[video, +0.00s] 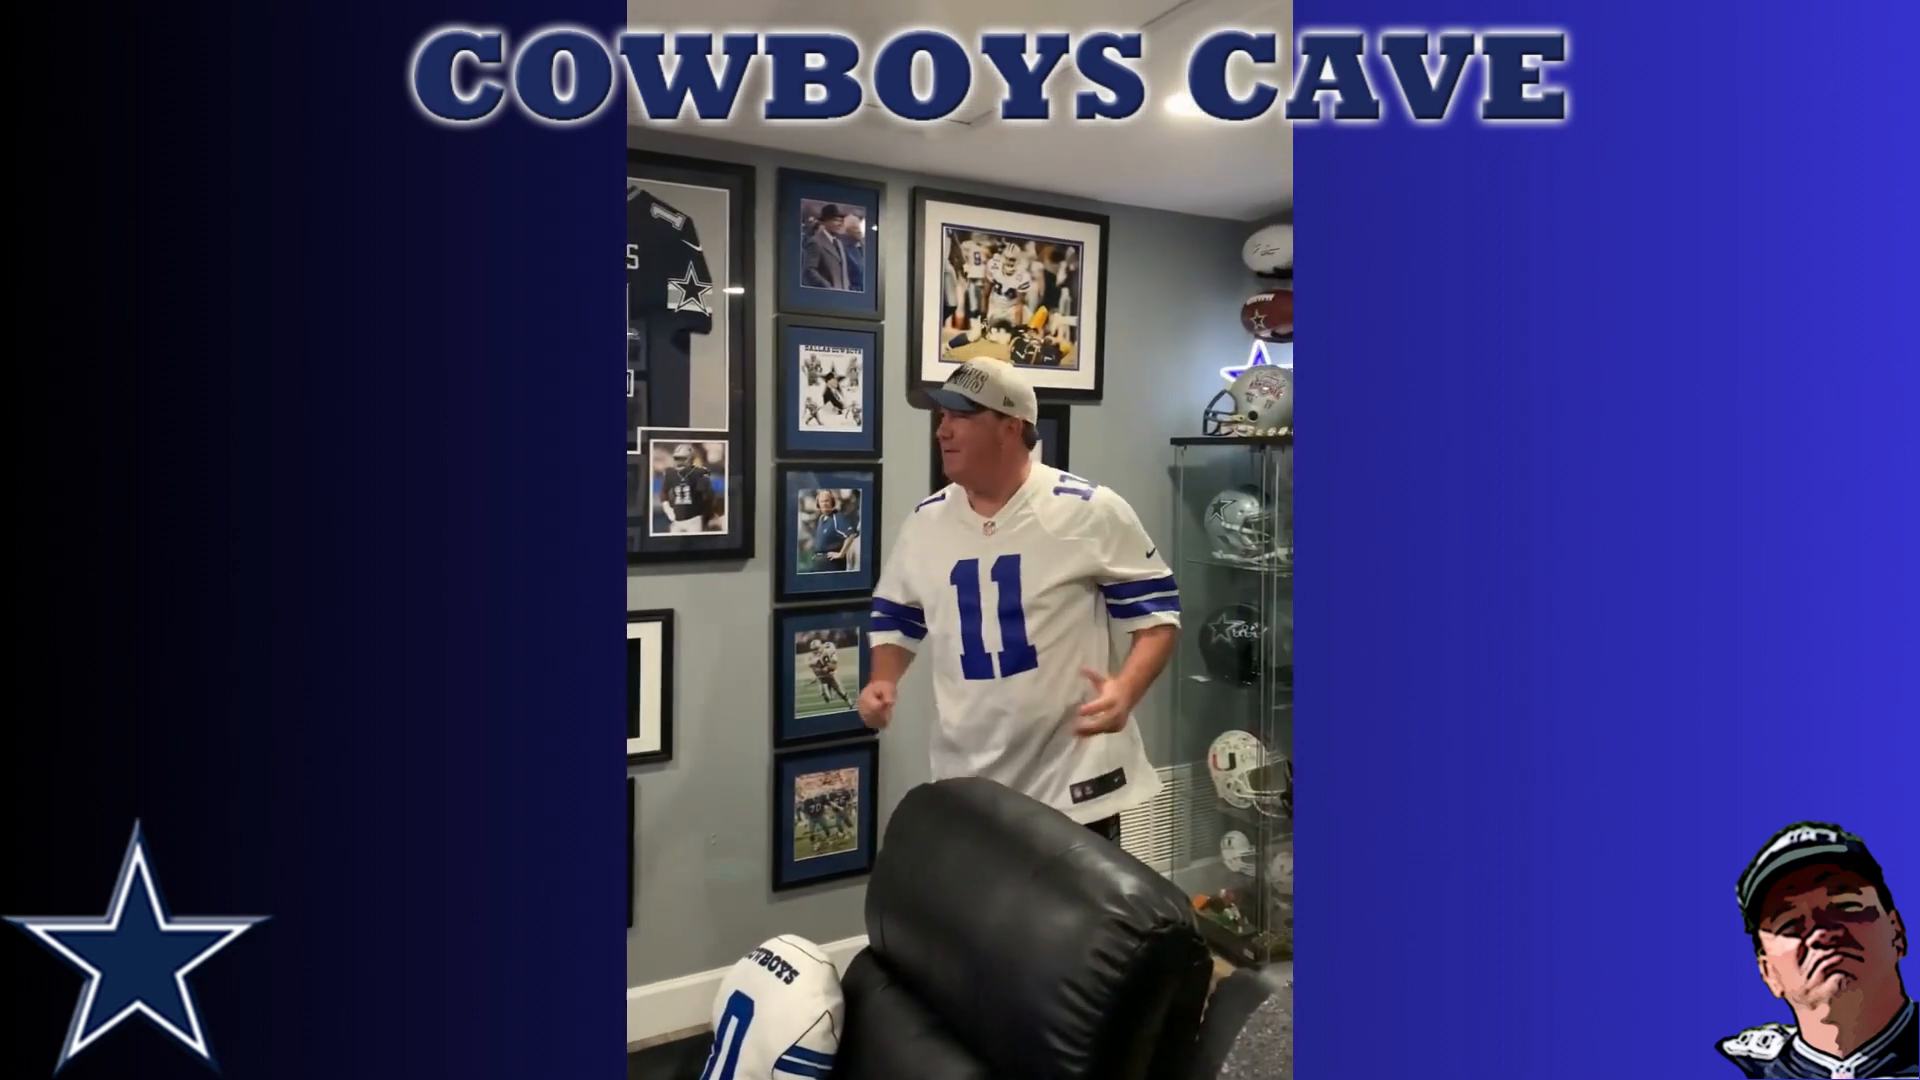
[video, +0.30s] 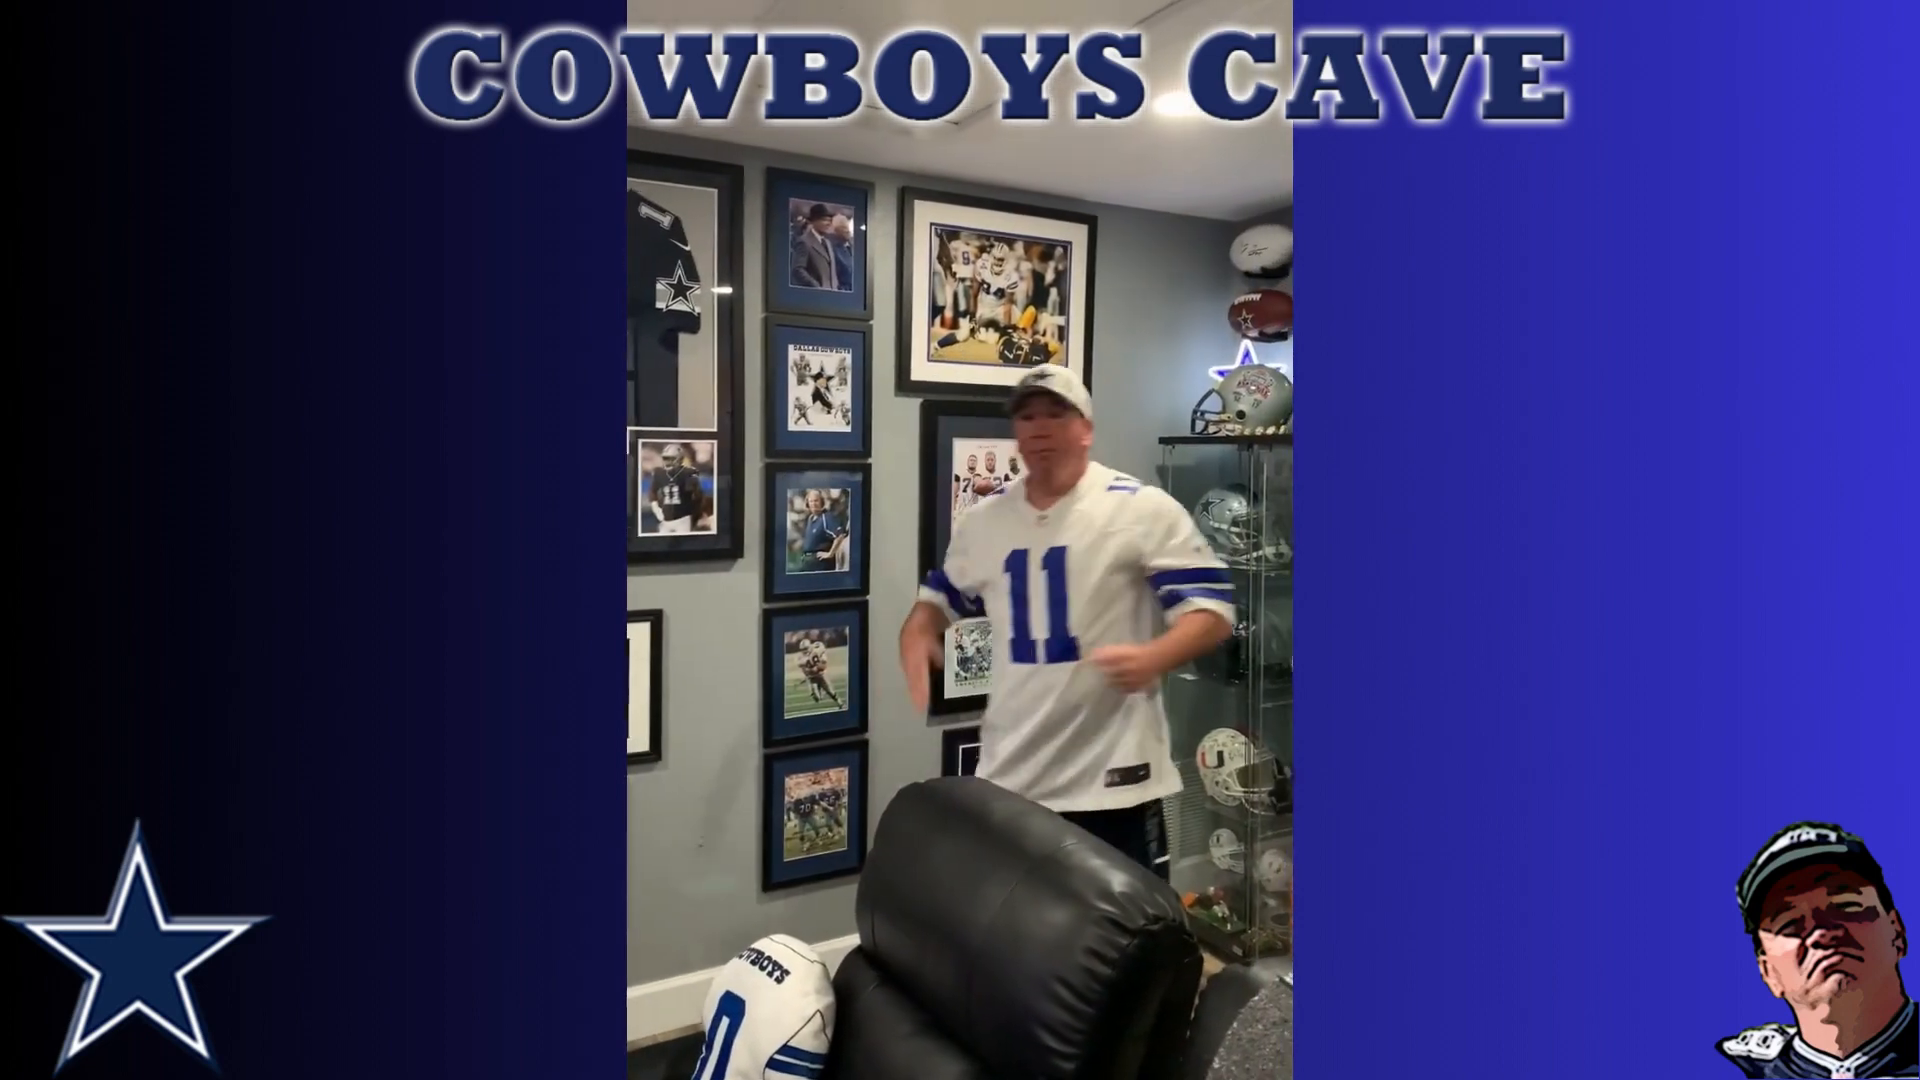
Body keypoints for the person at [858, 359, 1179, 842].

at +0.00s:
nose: (942, 429)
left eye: (962, 414)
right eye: (941, 415)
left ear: (1011, 428)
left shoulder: (1092, 513)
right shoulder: (924, 525)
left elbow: (1160, 616)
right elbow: (896, 624)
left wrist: (1127, 687)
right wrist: (883, 681)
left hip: (1071, 795)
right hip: (967, 796)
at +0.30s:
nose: (1038, 427)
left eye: (1055, 413)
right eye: (1026, 416)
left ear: (1086, 431)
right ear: (1014, 432)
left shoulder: (1144, 510)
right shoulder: (980, 523)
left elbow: (1213, 611)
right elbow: (938, 600)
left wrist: (1155, 657)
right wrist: (918, 639)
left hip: (1117, 786)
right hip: (1009, 787)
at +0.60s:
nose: (1094, 414)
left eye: (1110, 406)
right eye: (1081, 405)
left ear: (1131, 429)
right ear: (1062, 429)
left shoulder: (1176, 515)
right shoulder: (1013, 510)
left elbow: (1220, 611)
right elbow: (963, 582)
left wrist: (1252, 658)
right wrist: (952, 613)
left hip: (1129, 780)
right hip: (1019, 778)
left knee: (1129, 943)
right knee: (1018, 937)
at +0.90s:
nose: (1062, 410)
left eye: (1079, 403)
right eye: (1048, 402)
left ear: (1100, 428)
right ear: (1029, 427)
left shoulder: (1146, 512)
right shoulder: (989, 514)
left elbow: (1196, 615)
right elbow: (959, 605)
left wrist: (1189, 673)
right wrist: (939, 659)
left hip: (1107, 785)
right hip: (998, 782)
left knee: (1115, 946)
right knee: (1001, 944)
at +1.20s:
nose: (981, 421)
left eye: (998, 410)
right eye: (969, 410)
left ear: (1025, 433)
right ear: (952, 434)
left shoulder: (1074, 522)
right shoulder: (928, 521)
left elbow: (1124, 642)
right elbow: (911, 614)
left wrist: (1071, 706)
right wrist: (883, 667)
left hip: (1042, 787)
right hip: (938, 780)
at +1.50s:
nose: (915, 411)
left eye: (931, 398)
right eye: (899, 397)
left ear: (953, 418)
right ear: (877, 417)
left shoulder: (1001, 509)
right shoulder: (851, 508)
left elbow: (1052, 621)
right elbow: (827, 605)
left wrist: (1004, 685)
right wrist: (797, 659)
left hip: (965, 784)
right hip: (867, 778)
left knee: (965, 942)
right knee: (864, 937)